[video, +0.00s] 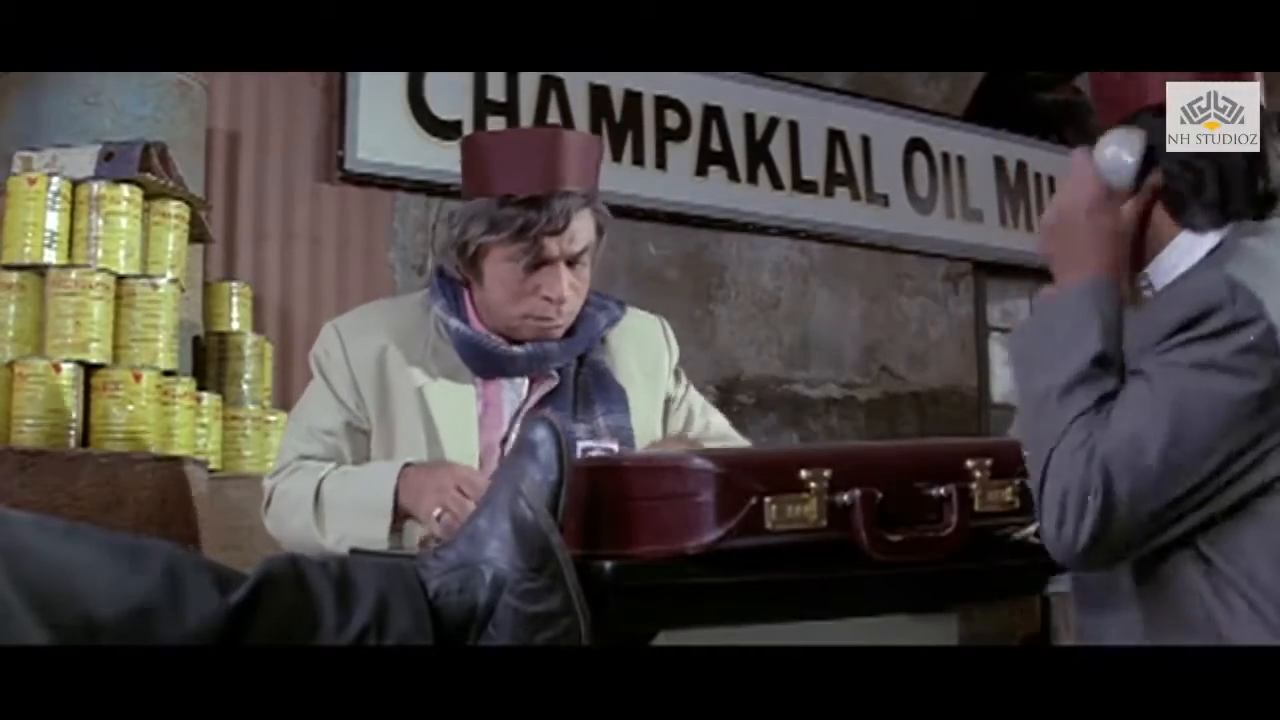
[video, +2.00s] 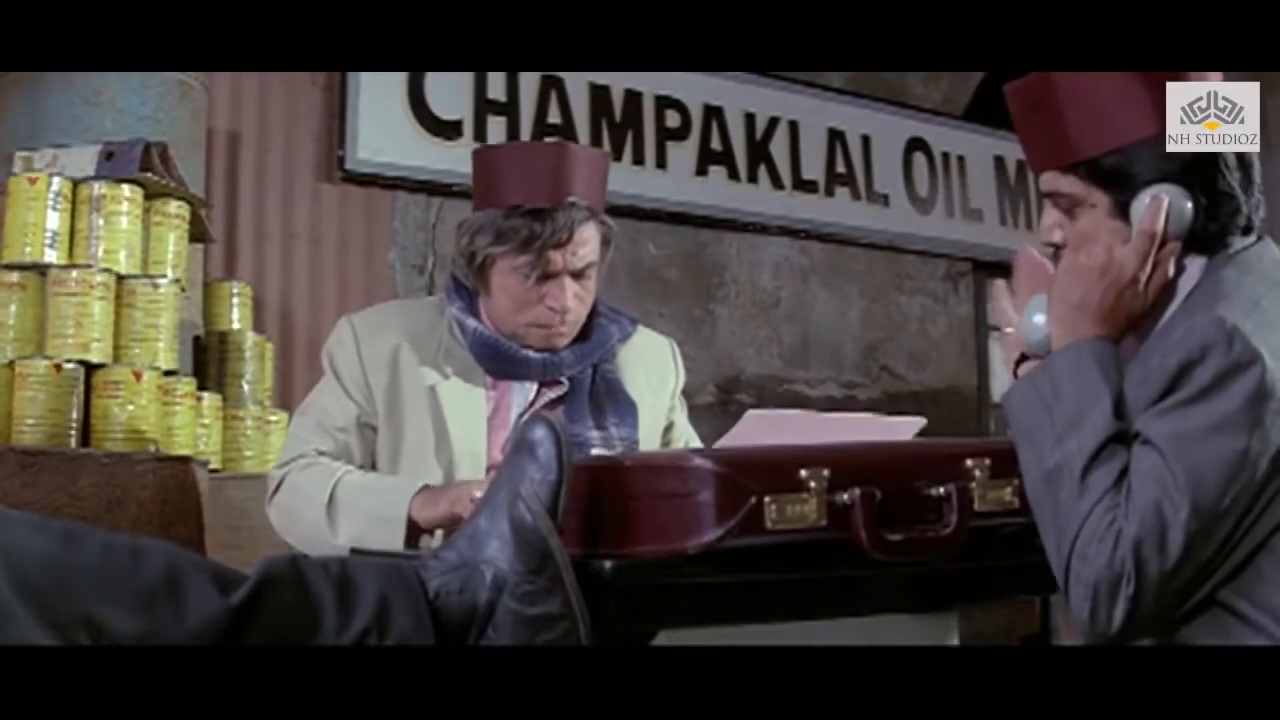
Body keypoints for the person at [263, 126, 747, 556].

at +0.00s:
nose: (559, 290)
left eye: (577, 261)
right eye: (531, 264)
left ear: (594, 251)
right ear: (467, 254)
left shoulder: (640, 347)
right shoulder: (361, 350)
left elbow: (733, 466)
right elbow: (289, 500)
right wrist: (399, 487)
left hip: (600, 622)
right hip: (422, 628)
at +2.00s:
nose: (563, 299)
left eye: (581, 273)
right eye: (536, 273)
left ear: (601, 268)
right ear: (478, 264)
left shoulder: (650, 363)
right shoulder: (377, 348)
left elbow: (691, 493)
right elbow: (295, 487)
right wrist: (415, 504)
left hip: (597, 621)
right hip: (428, 626)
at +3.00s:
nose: (553, 295)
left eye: (571, 268)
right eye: (527, 268)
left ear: (592, 265)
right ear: (470, 261)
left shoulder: (648, 360)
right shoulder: (374, 347)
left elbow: (688, 496)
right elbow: (299, 496)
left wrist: (564, 491)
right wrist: (438, 430)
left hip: (599, 618)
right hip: (421, 620)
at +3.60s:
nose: (547, 269)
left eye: (567, 246)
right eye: (520, 244)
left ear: (589, 258)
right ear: (468, 250)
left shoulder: (647, 359)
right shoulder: (393, 327)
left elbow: (683, 486)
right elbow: (329, 429)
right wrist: (508, 401)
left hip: (589, 608)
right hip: (418, 604)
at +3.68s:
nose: (567, 262)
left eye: (580, 236)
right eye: (533, 242)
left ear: (597, 243)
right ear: (475, 252)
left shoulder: (646, 360)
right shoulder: (393, 326)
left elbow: (681, 483)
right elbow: (354, 427)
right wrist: (489, 354)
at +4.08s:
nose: (554, 225)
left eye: (569, 207)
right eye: (523, 208)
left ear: (589, 232)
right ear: (465, 243)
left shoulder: (646, 354)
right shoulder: (396, 321)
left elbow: (676, 479)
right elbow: (397, 415)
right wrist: (541, 316)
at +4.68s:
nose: (511, 219)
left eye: (530, 204)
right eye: (489, 202)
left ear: (561, 219)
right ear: (446, 220)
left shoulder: (637, 345)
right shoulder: (394, 309)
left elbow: (683, 476)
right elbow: (419, 381)